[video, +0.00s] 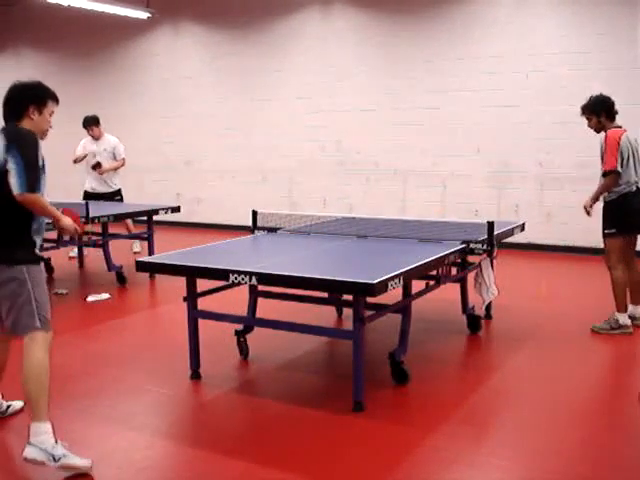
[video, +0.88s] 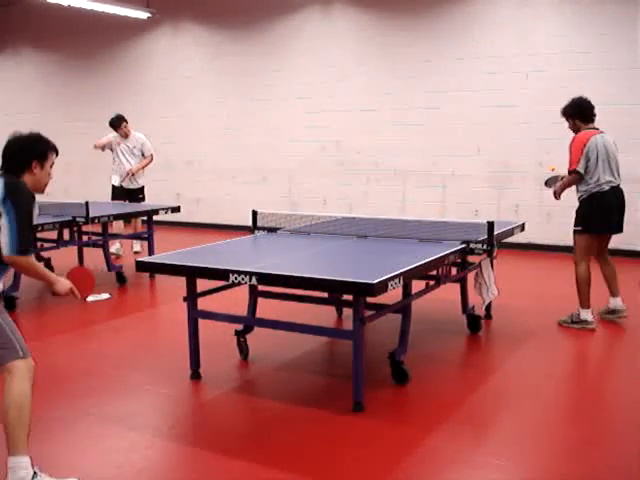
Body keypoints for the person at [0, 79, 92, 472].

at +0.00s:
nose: (52, 123)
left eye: (53, 116)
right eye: (50, 115)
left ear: (23, 112)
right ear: (32, 111)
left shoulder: (5, 138)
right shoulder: (23, 140)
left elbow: (22, 193)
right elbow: (24, 194)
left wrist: (55, 214)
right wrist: (59, 217)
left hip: (5, 255)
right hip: (18, 257)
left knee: (5, 331)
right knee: (38, 335)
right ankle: (41, 437)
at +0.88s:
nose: (51, 175)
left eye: (52, 167)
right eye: (50, 167)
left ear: (26, 165)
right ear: (33, 166)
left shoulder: (10, 190)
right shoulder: (16, 193)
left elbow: (12, 252)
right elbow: (12, 254)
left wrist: (48, 274)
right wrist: (52, 278)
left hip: (0, 300)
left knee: (16, 364)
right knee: (20, 364)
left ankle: (19, 466)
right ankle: (19, 468)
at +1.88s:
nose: (46, 191)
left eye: (47, 183)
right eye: (45, 183)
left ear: (23, 182)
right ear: (28, 183)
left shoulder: (9, 212)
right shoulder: (11, 215)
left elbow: (9, 279)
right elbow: (6, 281)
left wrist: (44, 294)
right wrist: (44, 294)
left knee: (13, 366)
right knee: (15, 366)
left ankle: (19, 467)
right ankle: (19, 469)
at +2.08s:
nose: (43, 174)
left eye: (43, 166)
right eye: (41, 166)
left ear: (17, 167)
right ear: (23, 167)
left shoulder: (6, 196)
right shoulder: (12, 199)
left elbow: (15, 259)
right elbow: (19, 263)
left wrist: (44, 262)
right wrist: (49, 264)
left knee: (14, 363)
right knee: (15, 363)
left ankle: (19, 467)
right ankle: (19, 469)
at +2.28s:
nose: (45, 174)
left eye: (45, 167)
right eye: (42, 167)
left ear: (20, 167)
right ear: (25, 168)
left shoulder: (7, 196)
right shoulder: (13, 199)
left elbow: (18, 260)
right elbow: (22, 265)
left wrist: (48, 264)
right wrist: (54, 266)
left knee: (16, 363)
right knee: (21, 364)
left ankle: (20, 467)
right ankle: (20, 469)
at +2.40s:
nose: (45, 174)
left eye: (45, 166)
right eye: (42, 166)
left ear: (21, 166)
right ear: (26, 167)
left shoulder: (8, 196)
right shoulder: (13, 199)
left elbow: (17, 258)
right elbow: (19, 263)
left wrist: (47, 265)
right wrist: (52, 267)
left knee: (17, 363)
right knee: (20, 363)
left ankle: (20, 467)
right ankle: (20, 469)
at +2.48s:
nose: (45, 173)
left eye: (45, 166)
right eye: (43, 165)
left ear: (21, 166)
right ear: (26, 166)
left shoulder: (8, 195)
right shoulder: (13, 198)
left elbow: (16, 257)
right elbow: (17, 262)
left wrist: (46, 265)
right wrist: (51, 267)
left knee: (17, 362)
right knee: (18, 363)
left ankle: (20, 467)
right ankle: (20, 469)